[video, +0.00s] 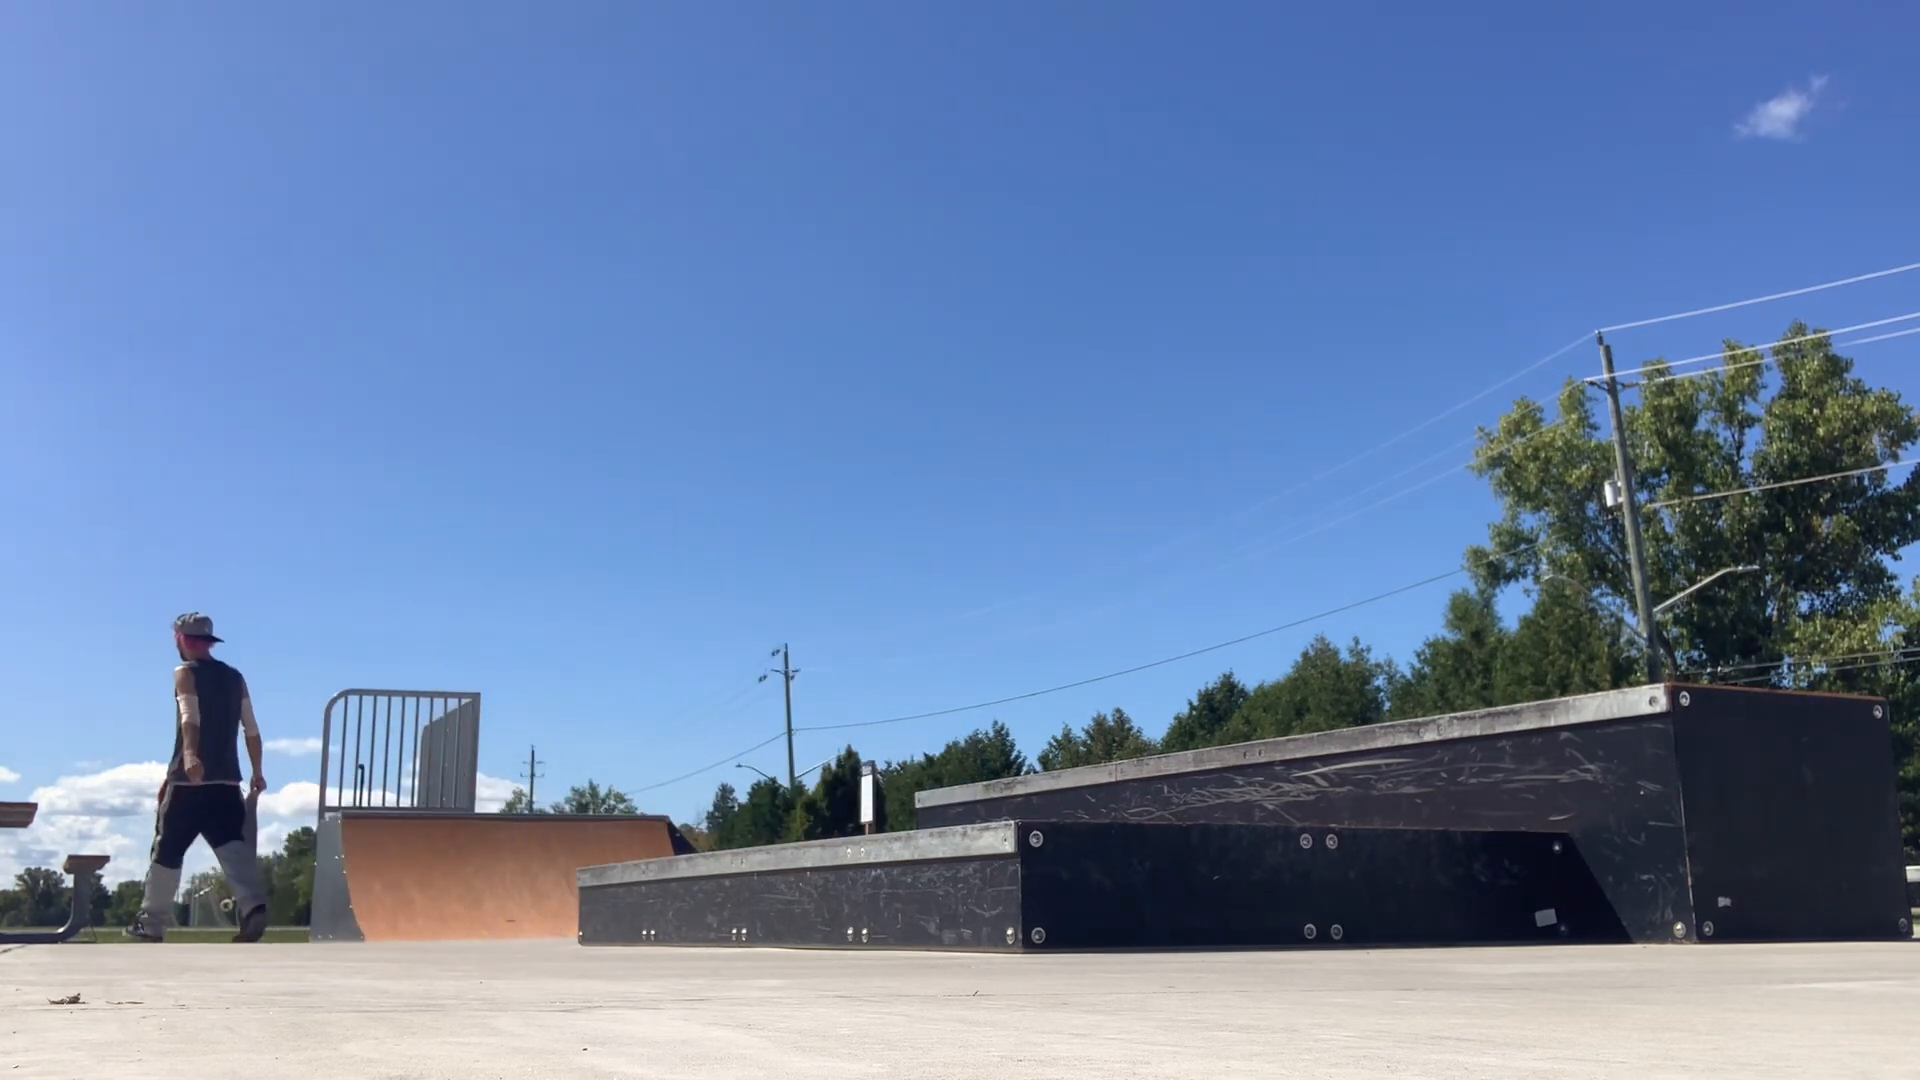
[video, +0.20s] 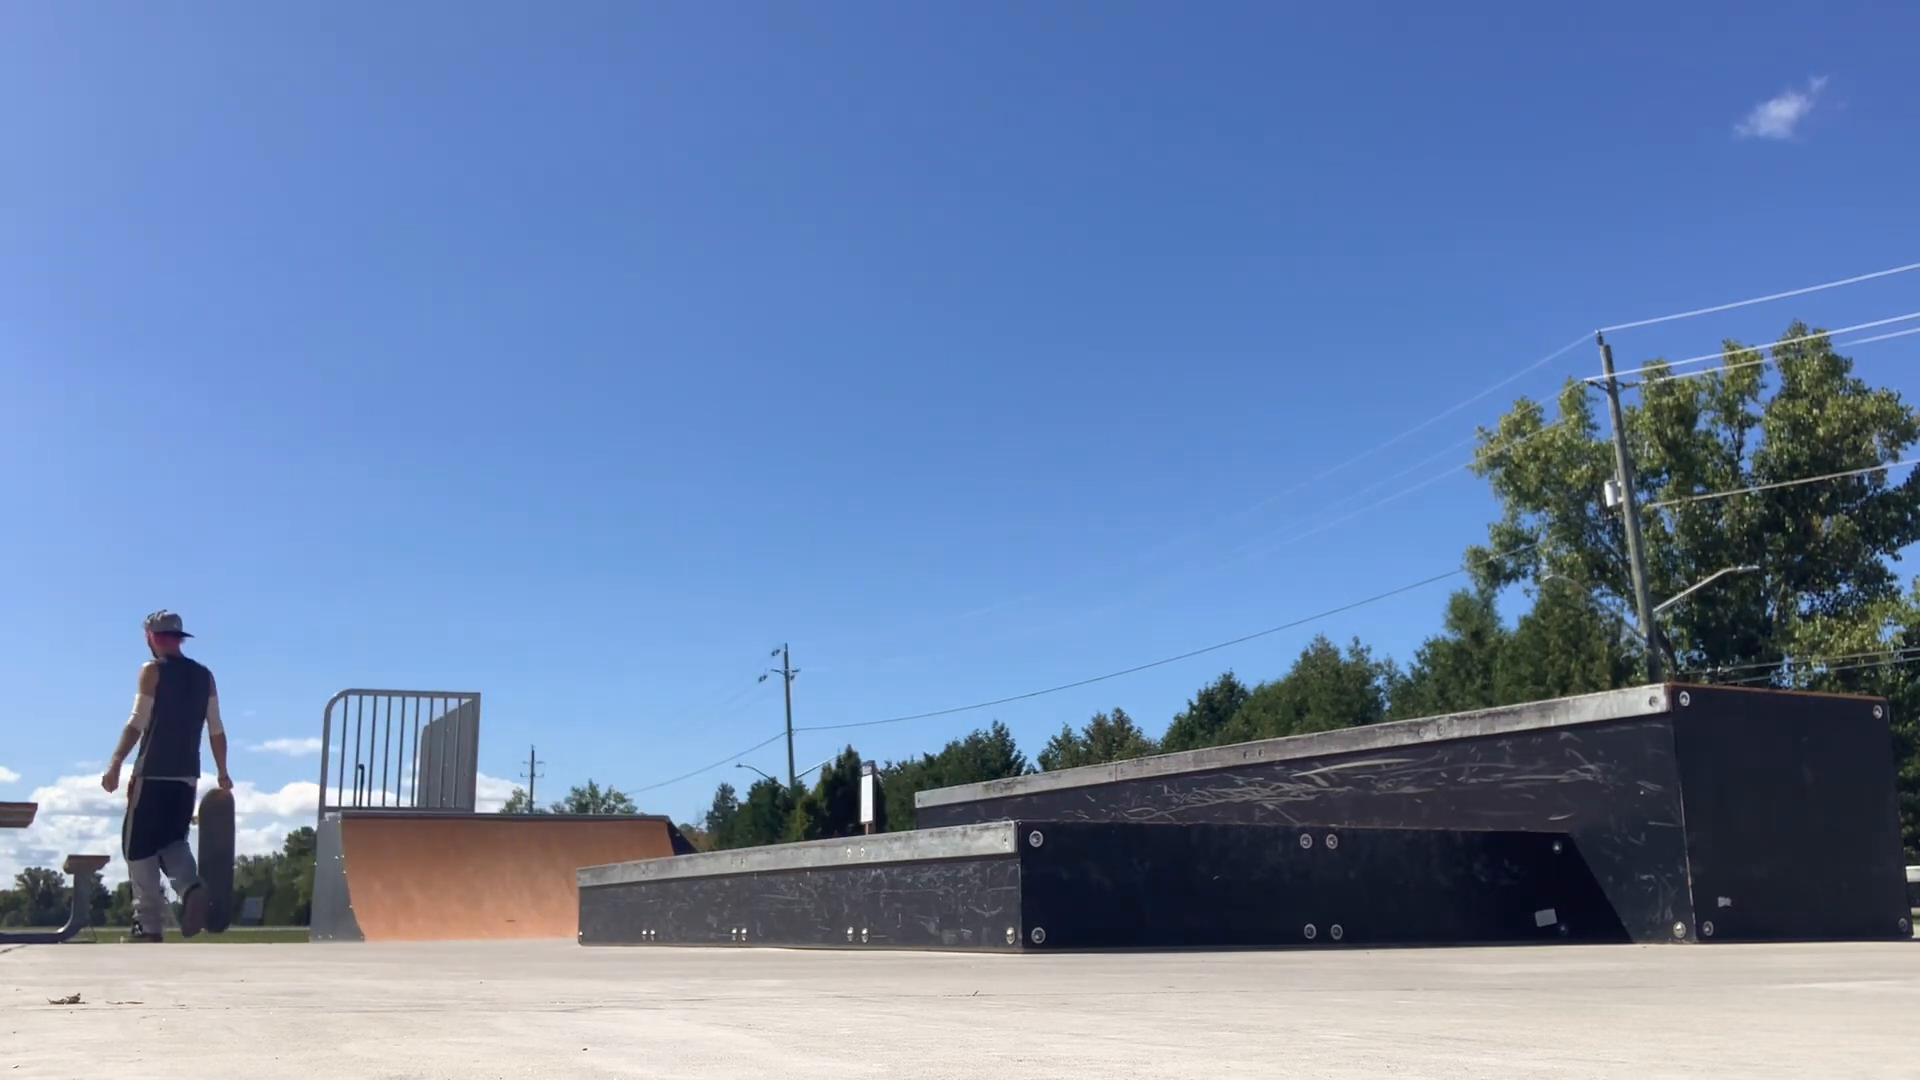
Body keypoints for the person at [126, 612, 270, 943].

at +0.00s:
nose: (178, 644)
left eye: (178, 639)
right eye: (180, 639)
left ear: (182, 640)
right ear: (210, 641)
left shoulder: (184, 673)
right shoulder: (235, 677)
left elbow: (190, 718)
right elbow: (251, 730)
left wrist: (190, 756)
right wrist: (257, 772)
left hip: (187, 782)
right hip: (225, 783)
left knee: (167, 852)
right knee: (231, 846)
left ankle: (151, 923)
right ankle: (251, 907)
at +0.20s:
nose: (148, 642)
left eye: (148, 637)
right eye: (150, 637)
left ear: (153, 637)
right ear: (180, 638)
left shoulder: (152, 671)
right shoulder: (205, 676)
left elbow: (138, 723)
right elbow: (216, 731)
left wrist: (115, 763)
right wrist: (223, 773)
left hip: (152, 778)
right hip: (186, 779)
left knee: (139, 849)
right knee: (172, 840)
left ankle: (149, 926)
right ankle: (191, 890)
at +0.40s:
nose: (125, 648)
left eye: (125, 642)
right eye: (128, 643)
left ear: (129, 643)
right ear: (156, 646)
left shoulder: (126, 677)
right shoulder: (177, 683)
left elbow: (91, 724)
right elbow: (188, 737)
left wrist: (54, 754)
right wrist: (190, 779)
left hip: (130, 778)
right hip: (159, 781)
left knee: (134, 851)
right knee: (129, 853)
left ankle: (151, 926)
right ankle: (105, 923)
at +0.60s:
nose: (104, 655)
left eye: (105, 651)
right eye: (107, 651)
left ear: (108, 652)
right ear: (135, 655)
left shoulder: (99, 686)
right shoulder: (151, 692)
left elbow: (71, 730)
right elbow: (161, 742)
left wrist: (46, 748)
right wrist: (161, 782)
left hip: (98, 785)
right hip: (129, 788)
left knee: (88, 853)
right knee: (96, 856)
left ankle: (129, 903)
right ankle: (72, 928)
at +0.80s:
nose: (110, 656)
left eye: (106, 649)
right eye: (113, 650)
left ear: (93, 649)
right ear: (120, 654)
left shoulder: (73, 684)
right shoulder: (133, 689)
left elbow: (56, 730)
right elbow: (133, 738)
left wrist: (40, 760)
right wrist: (140, 785)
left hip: (75, 788)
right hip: (112, 791)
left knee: (52, 842)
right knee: (94, 858)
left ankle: (64, 889)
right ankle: (75, 930)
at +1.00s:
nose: (108, 661)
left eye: (110, 656)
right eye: (105, 656)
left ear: (83, 656)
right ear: (94, 657)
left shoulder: (59, 687)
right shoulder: (112, 691)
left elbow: (44, 735)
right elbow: (102, 737)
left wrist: (33, 764)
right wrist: (118, 782)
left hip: (58, 792)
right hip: (92, 791)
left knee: (53, 853)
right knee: (88, 855)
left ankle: (25, 925)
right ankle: (70, 926)